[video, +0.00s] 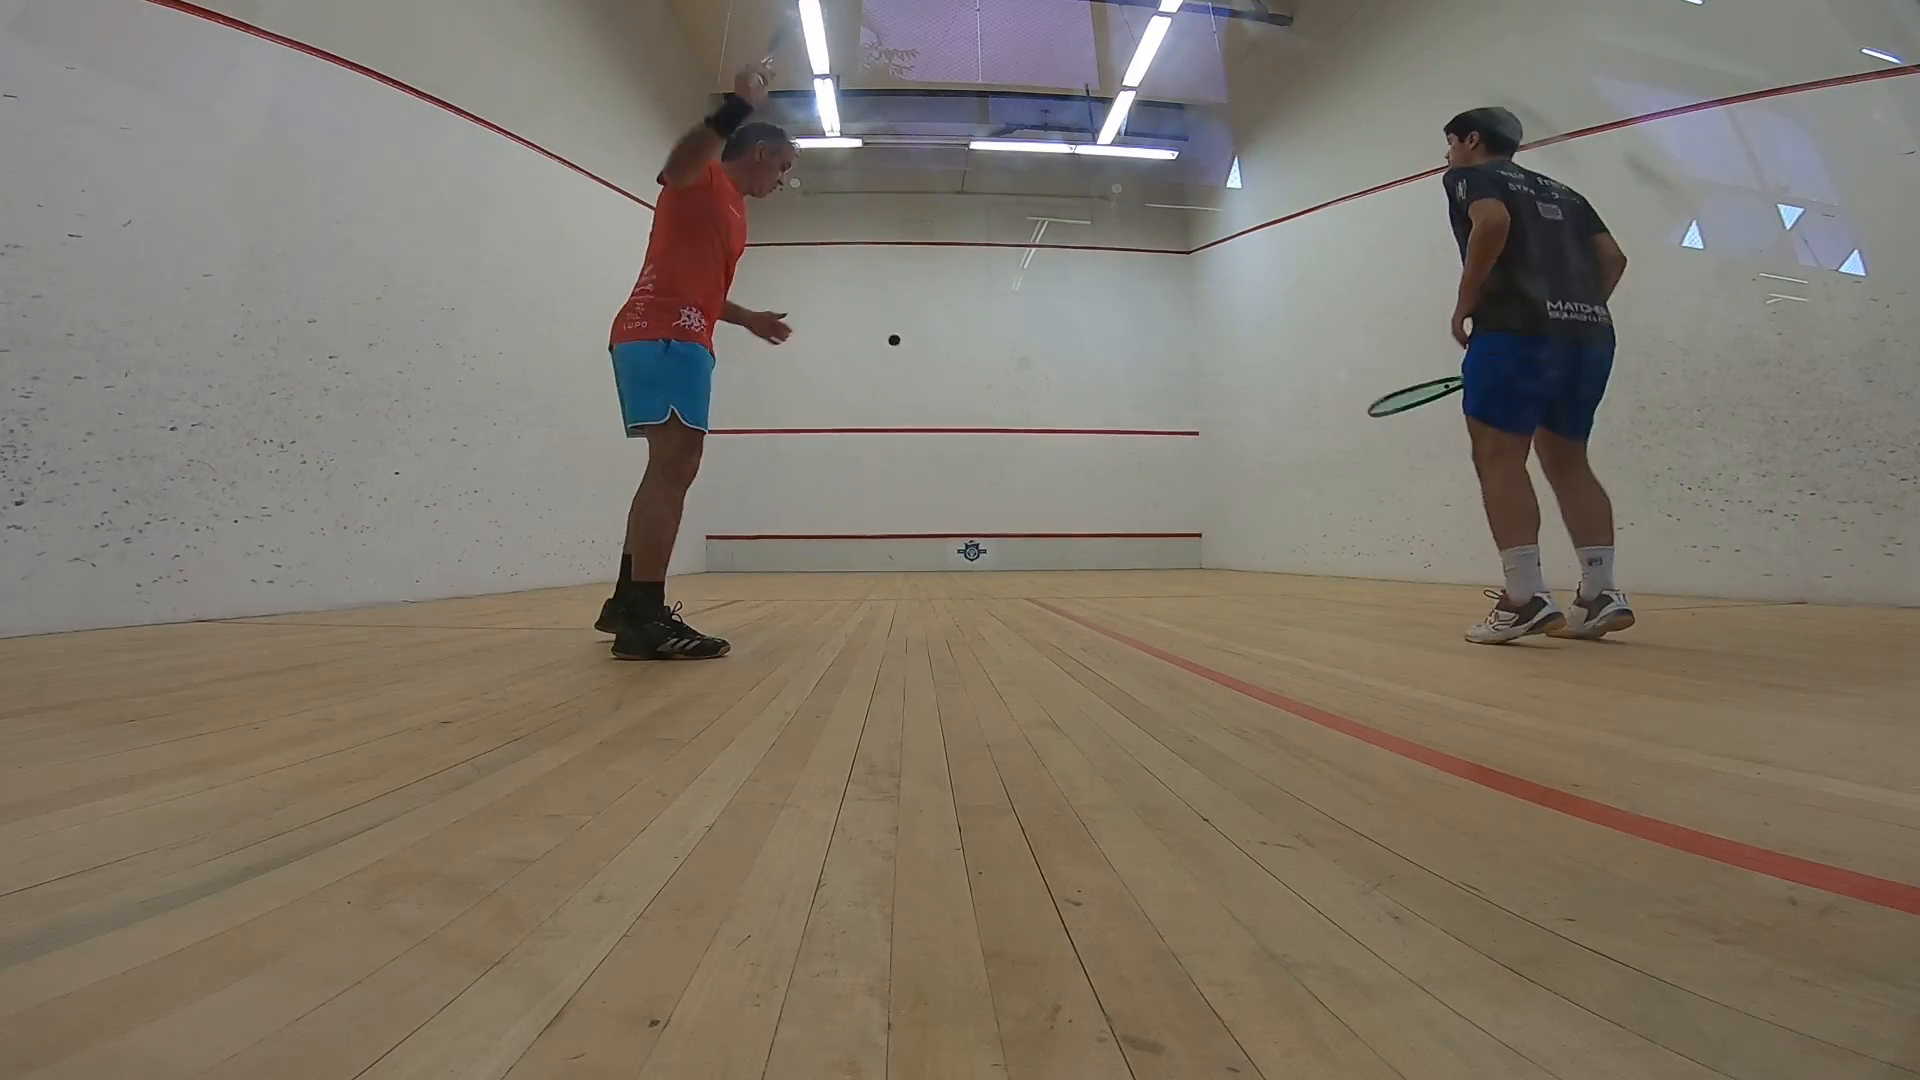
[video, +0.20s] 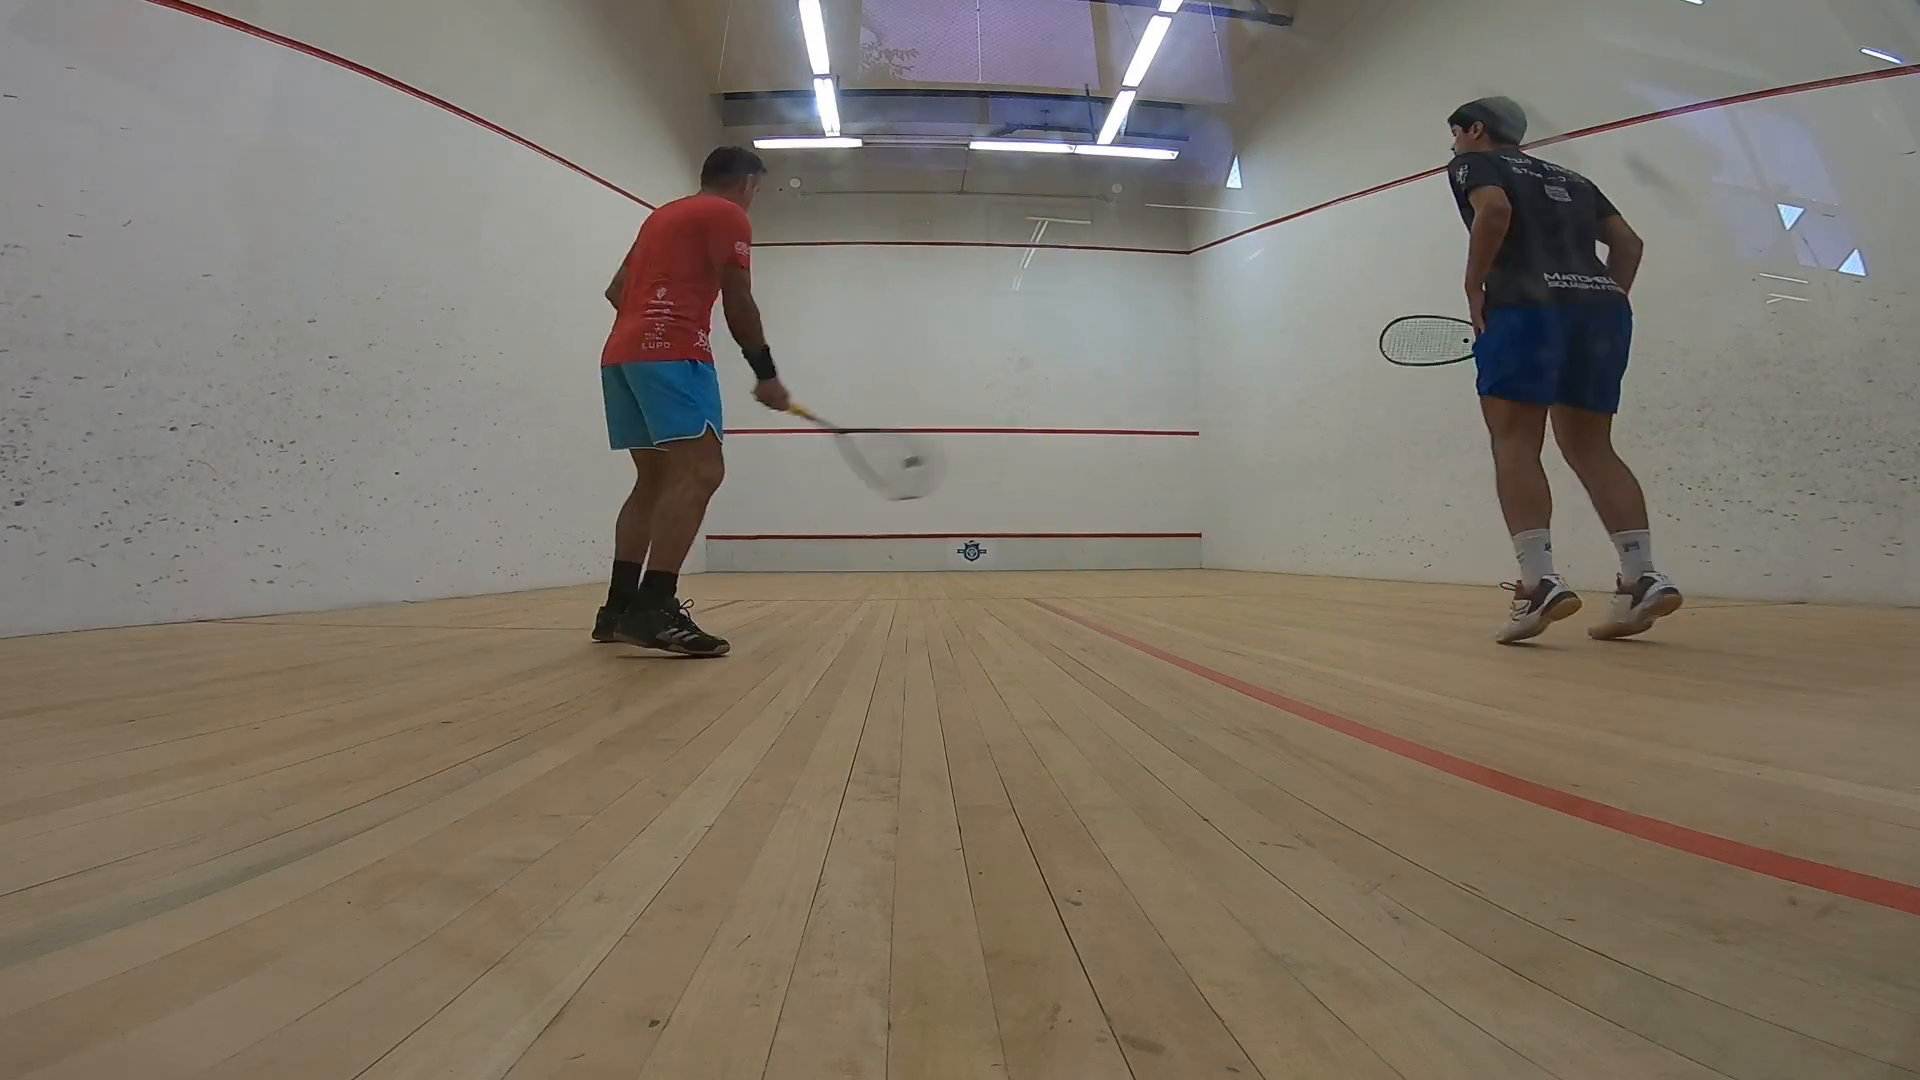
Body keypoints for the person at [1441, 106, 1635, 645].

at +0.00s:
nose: (1448, 154)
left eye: (1451, 144)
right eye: (1449, 145)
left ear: (1472, 141)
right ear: (1508, 147)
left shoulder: (1467, 174)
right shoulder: (1561, 191)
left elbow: (1492, 219)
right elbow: (1611, 257)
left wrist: (1464, 303)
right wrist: (1574, 317)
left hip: (1517, 330)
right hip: (1590, 336)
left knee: (1499, 458)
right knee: (1566, 457)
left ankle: (1524, 596)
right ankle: (1601, 594)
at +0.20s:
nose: (1454, 145)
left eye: (1456, 135)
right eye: (1454, 137)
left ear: (1476, 129)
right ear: (1512, 136)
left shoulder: (1474, 159)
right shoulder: (1569, 177)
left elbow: (1494, 210)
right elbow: (1628, 243)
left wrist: (1473, 285)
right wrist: (1608, 304)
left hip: (1526, 312)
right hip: (1602, 312)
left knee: (1516, 443)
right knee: (1588, 442)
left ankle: (1538, 583)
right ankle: (1642, 579)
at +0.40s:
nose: (1463, 159)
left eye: (1466, 148)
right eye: (1462, 149)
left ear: (1488, 140)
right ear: (1524, 147)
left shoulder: (1481, 174)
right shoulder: (1585, 189)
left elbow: (1501, 226)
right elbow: (1641, 257)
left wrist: (1485, 315)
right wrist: (1621, 325)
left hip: (1539, 335)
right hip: (1616, 337)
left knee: (1528, 465)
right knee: (1605, 459)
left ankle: (1556, 600)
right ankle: (1658, 598)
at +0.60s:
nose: (1467, 140)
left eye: (1472, 129)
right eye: (1468, 130)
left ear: (1497, 127)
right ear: (1531, 133)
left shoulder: (1486, 160)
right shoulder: (1591, 176)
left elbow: (1497, 214)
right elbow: (1647, 244)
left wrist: (1474, 291)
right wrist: (1628, 311)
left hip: (1542, 312)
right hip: (1620, 314)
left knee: (1535, 441)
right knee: (1613, 444)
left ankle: (1573, 586)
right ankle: (1657, 590)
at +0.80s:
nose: (1466, 156)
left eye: (1472, 145)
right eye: (1467, 147)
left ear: (1506, 141)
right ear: (1523, 145)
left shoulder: (1493, 175)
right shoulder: (1594, 193)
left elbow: (1509, 233)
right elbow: (1644, 268)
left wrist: (1493, 316)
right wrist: (1626, 335)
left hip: (1546, 340)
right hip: (1623, 347)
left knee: (1511, 470)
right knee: (1605, 469)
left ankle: (1577, 596)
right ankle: (1660, 607)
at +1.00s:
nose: (1446, 143)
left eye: (1454, 131)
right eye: (1446, 134)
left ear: (1491, 128)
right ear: (1502, 134)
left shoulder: (1482, 161)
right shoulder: (1568, 184)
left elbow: (1500, 219)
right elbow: (1622, 255)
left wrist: (1476, 298)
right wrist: (1596, 322)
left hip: (1529, 324)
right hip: (1604, 326)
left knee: (1505, 458)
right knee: (1604, 463)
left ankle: (1525, 603)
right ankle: (1659, 605)